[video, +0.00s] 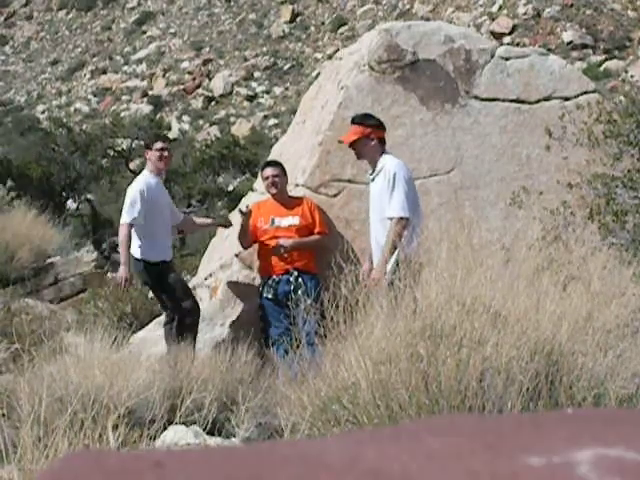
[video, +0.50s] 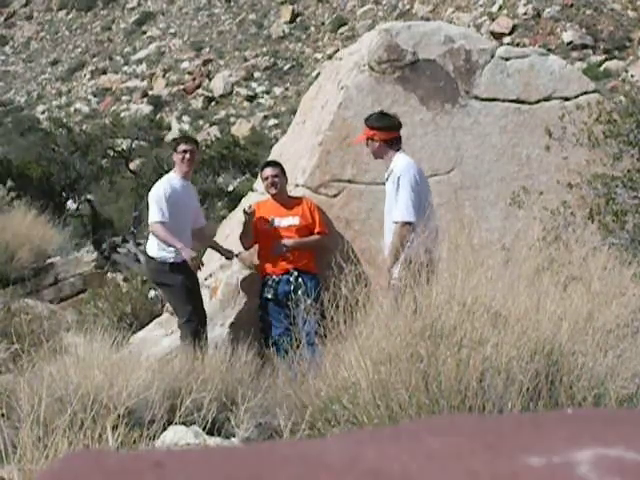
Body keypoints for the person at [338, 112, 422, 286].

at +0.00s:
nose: (352, 147)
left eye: (356, 142)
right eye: (352, 143)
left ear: (373, 140)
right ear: (371, 141)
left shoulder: (395, 169)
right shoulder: (376, 173)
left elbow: (400, 220)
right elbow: (380, 222)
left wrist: (382, 266)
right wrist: (371, 260)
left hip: (400, 265)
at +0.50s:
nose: (367, 146)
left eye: (368, 141)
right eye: (367, 141)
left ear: (379, 142)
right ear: (390, 140)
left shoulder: (406, 171)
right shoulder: (398, 169)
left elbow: (405, 225)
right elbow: (402, 224)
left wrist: (390, 266)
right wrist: (391, 263)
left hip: (411, 266)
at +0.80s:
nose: (377, 141)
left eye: (378, 136)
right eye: (377, 136)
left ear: (387, 138)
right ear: (405, 135)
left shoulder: (406, 169)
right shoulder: (425, 162)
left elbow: (405, 227)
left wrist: (388, 270)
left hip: (418, 261)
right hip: (438, 257)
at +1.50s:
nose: (388, 145)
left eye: (388, 139)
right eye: (387, 139)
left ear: (398, 138)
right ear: (415, 135)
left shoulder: (409, 169)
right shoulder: (436, 161)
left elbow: (404, 223)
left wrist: (390, 253)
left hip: (423, 250)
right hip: (448, 246)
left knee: (421, 309)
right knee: (443, 309)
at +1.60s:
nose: (392, 147)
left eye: (392, 141)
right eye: (391, 142)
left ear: (401, 139)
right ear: (417, 137)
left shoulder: (412, 169)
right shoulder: (438, 161)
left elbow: (393, 223)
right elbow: (422, 209)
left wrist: (363, 246)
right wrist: (384, 227)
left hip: (425, 252)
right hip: (450, 248)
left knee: (423, 312)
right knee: (442, 311)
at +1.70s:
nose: (392, 145)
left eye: (393, 139)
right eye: (391, 140)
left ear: (405, 139)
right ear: (418, 137)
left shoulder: (414, 171)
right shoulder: (440, 162)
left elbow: (385, 220)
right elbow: (422, 198)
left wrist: (357, 222)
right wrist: (387, 200)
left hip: (427, 256)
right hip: (451, 251)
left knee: (425, 319)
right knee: (444, 316)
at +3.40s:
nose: (399, 146)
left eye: (400, 140)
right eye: (398, 141)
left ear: (410, 139)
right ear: (427, 137)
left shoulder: (416, 171)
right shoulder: (447, 164)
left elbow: (388, 216)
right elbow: (421, 196)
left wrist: (355, 213)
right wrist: (384, 190)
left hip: (431, 257)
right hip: (458, 253)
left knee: (429, 318)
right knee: (453, 315)